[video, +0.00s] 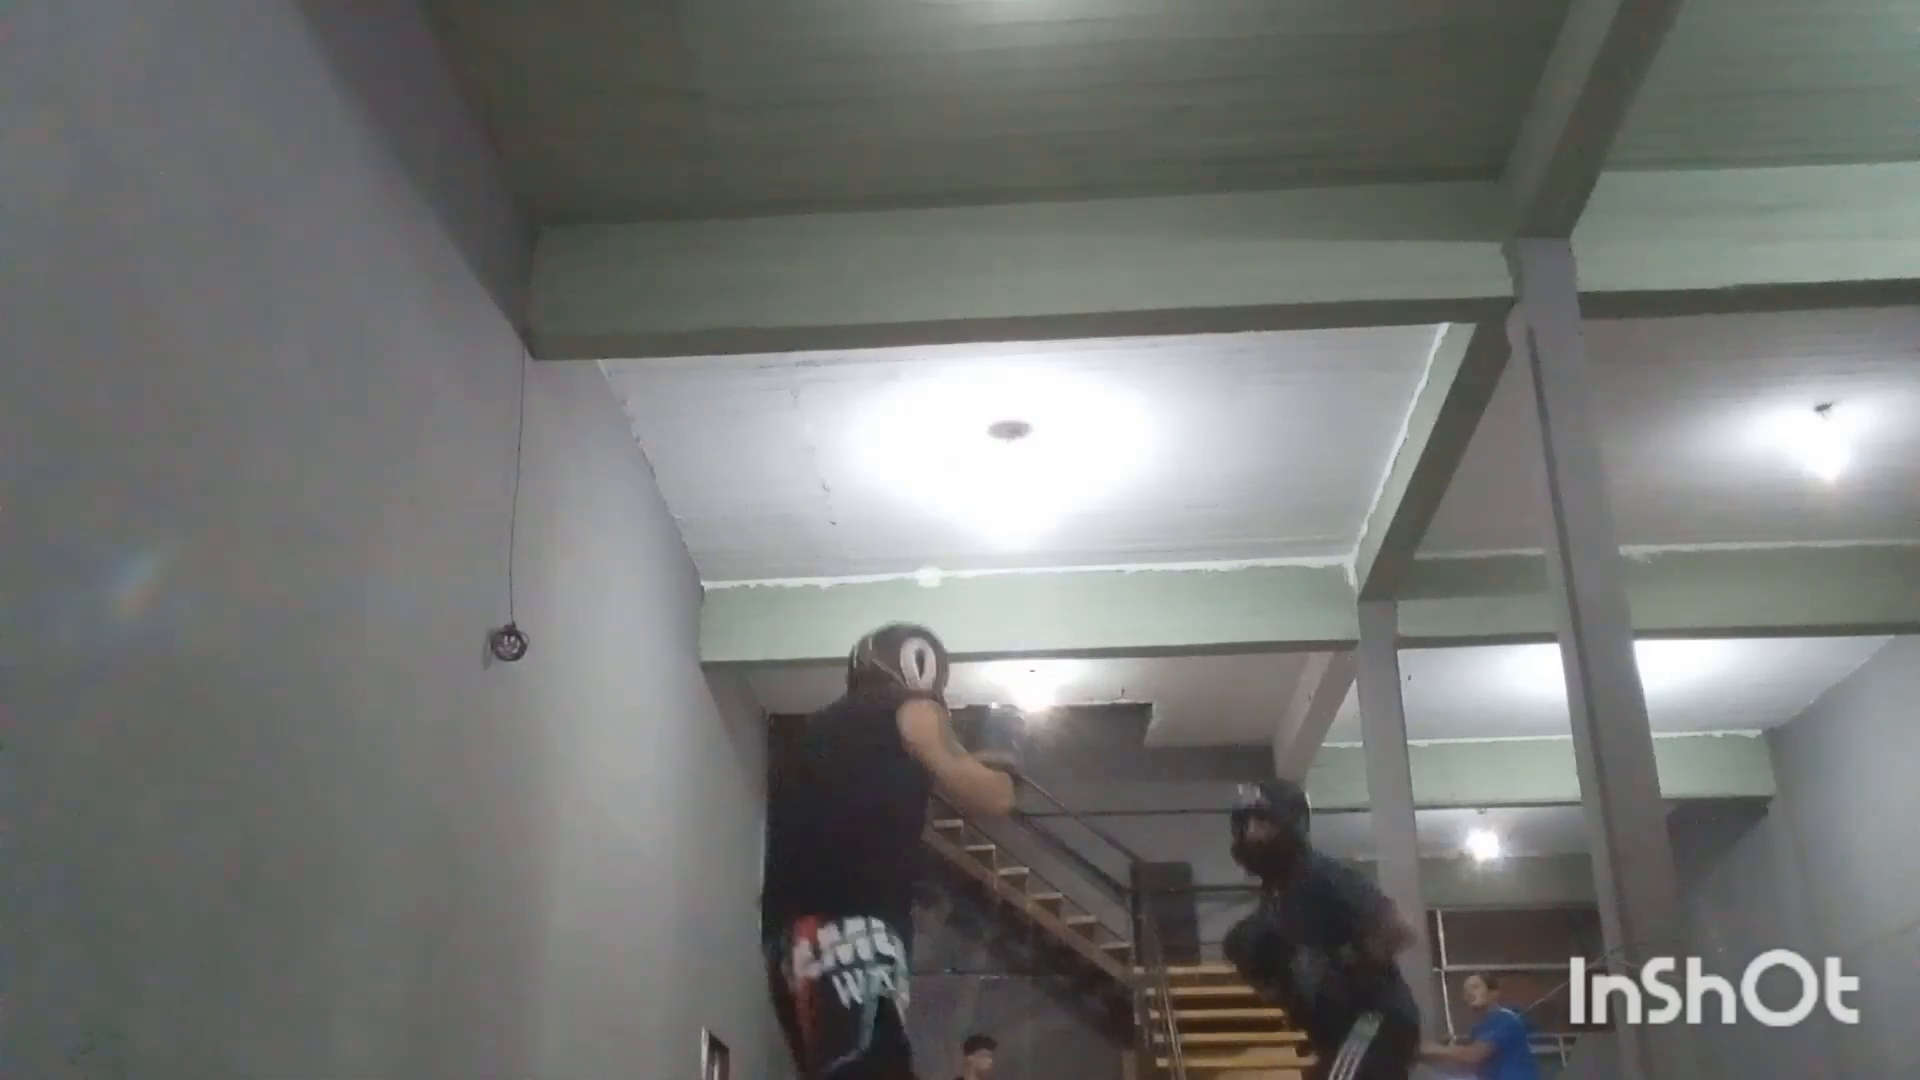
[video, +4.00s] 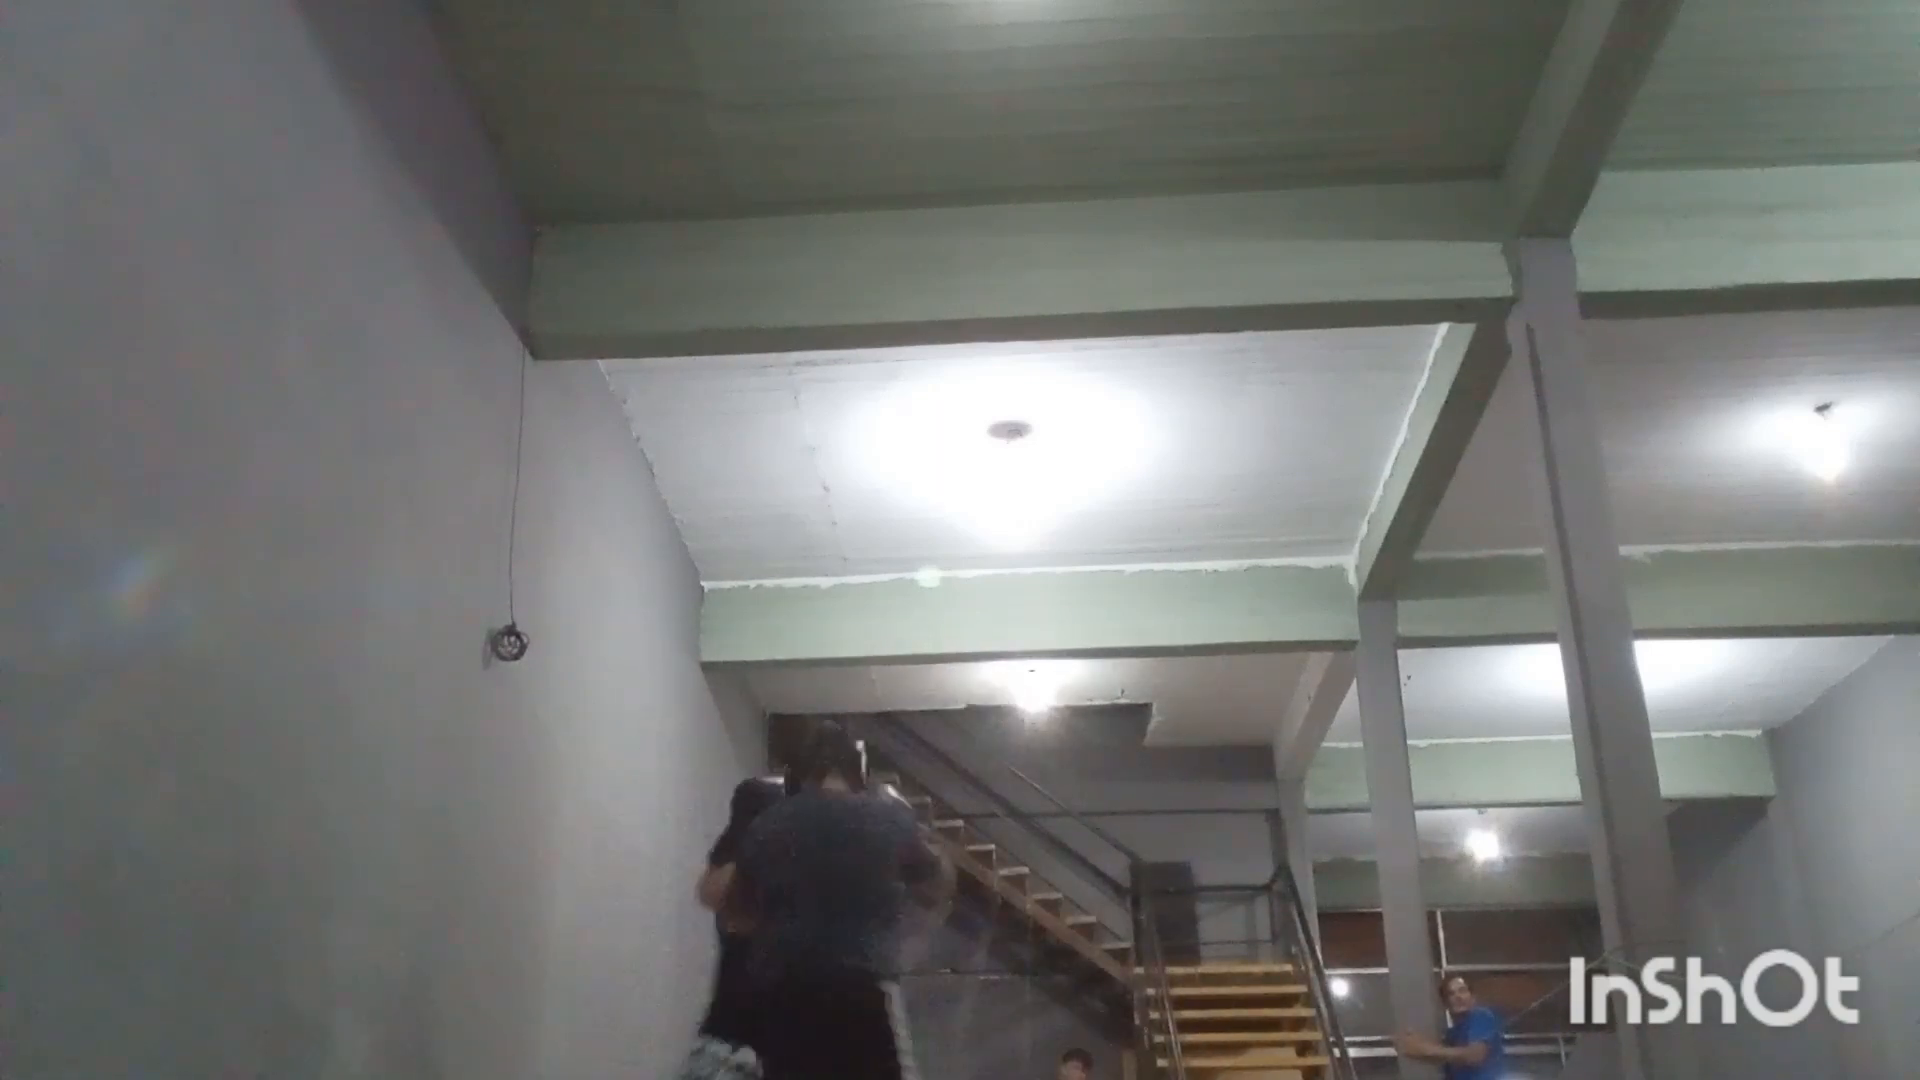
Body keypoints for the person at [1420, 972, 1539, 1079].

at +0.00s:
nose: (1470, 993)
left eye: (1476, 987)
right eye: (1467, 989)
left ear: (1494, 992)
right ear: (1464, 996)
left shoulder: (1506, 1019)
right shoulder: (1479, 1026)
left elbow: (1475, 1055)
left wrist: (1432, 1050)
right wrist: (1454, 1049)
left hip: (1515, 1076)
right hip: (1492, 1076)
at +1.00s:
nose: (1453, 992)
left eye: (1458, 987)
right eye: (1450, 989)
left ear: (1471, 990)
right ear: (1446, 994)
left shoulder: (1480, 1017)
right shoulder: (1457, 1024)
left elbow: (1475, 1054)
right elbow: (1449, 1055)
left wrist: (1424, 1049)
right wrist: (1416, 1046)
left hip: (1480, 1075)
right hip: (1459, 1075)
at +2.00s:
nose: (1451, 994)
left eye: (1456, 989)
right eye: (1447, 991)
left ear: (1466, 992)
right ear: (1443, 996)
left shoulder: (1479, 1018)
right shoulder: (1453, 1029)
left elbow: (1475, 1056)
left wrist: (1426, 1049)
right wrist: (1419, 1048)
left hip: (1483, 1075)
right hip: (1459, 1075)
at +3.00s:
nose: (1459, 997)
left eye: (1463, 990)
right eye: (1452, 993)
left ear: (1471, 994)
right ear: (1445, 1000)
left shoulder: (1480, 1016)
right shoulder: (1455, 1028)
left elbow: (1477, 1054)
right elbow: (1449, 1056)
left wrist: (1425, 1050)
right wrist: (1417, 1049)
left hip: (1484, 1075)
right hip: (1459, 1076)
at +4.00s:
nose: (1458, 997)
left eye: (1462, 991)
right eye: (1451, 994)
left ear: (1471, 995)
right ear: (1445, 1002)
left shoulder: (1481, 1017)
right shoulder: (1453, 1031)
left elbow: (1477, 1055)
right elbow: (1446, 1054)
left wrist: (1427, 1050)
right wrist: (1418, 1046)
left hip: (1485, 1075)